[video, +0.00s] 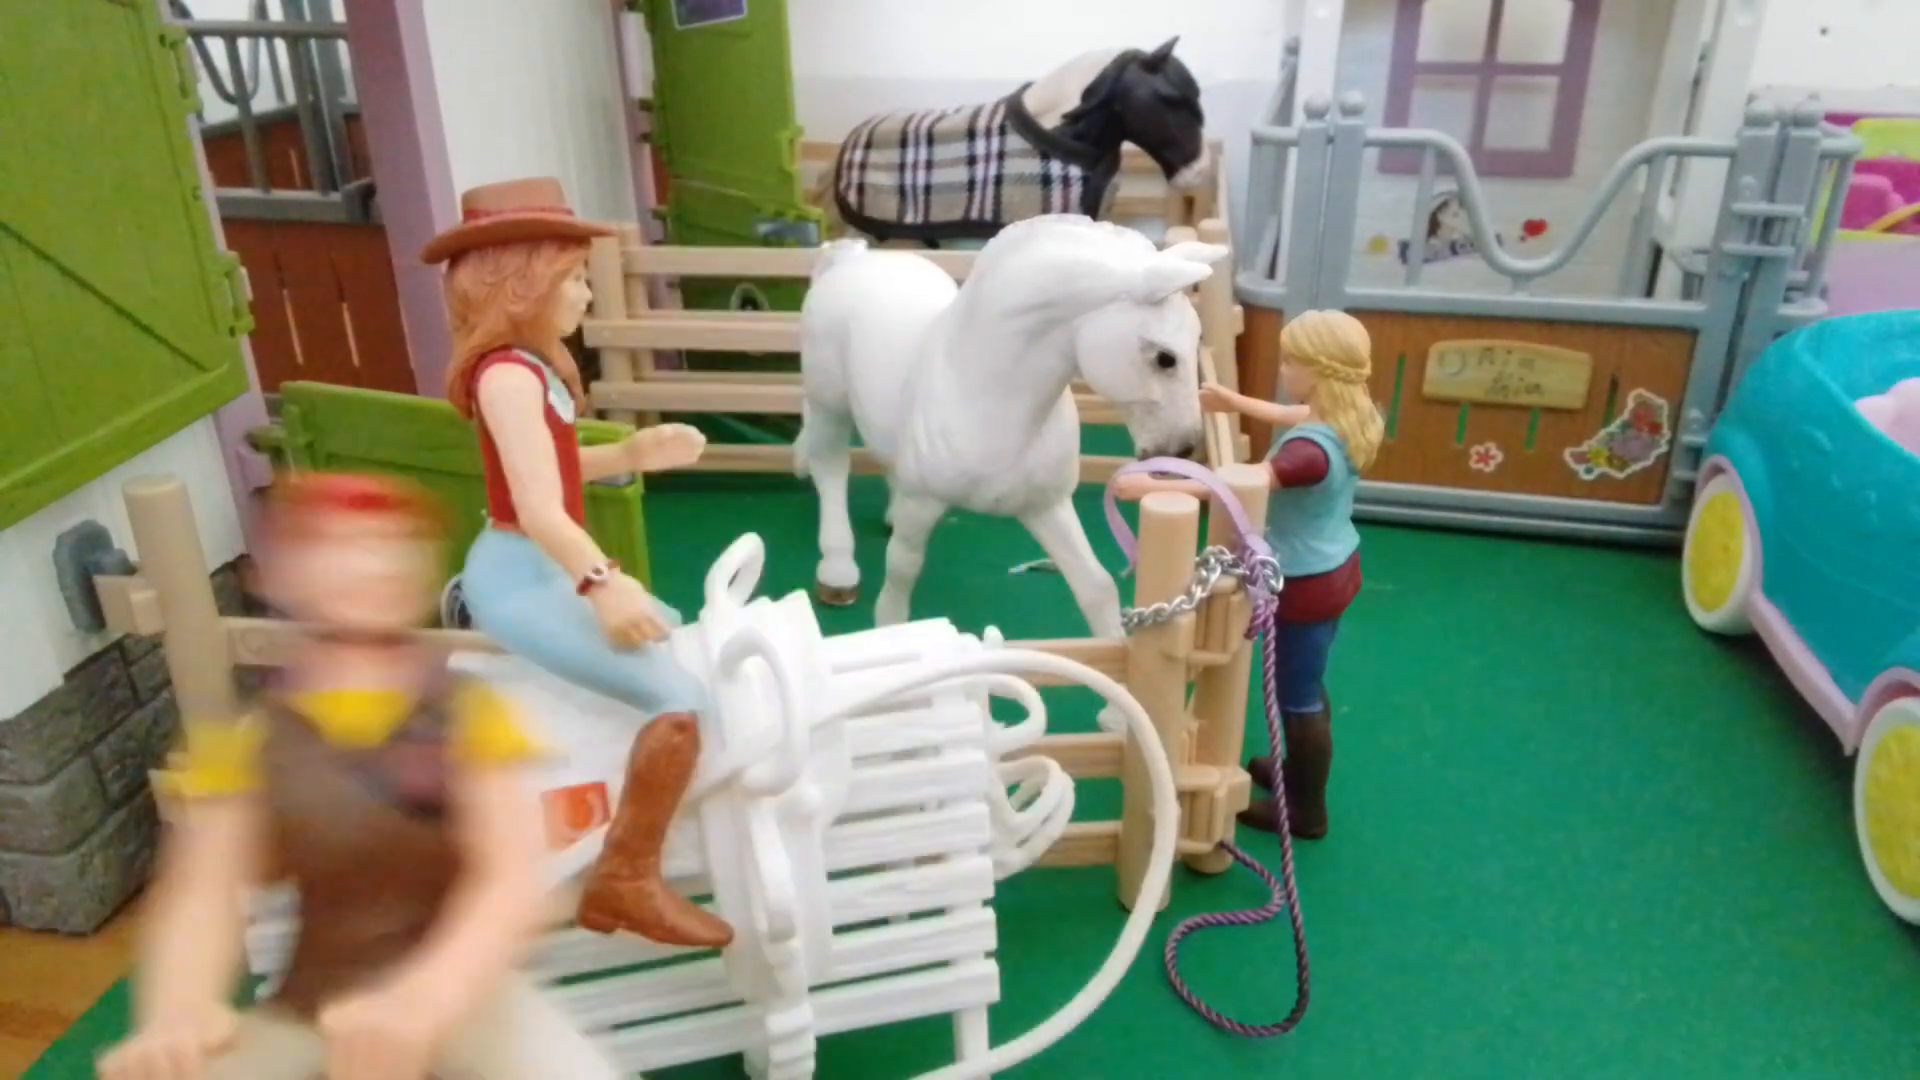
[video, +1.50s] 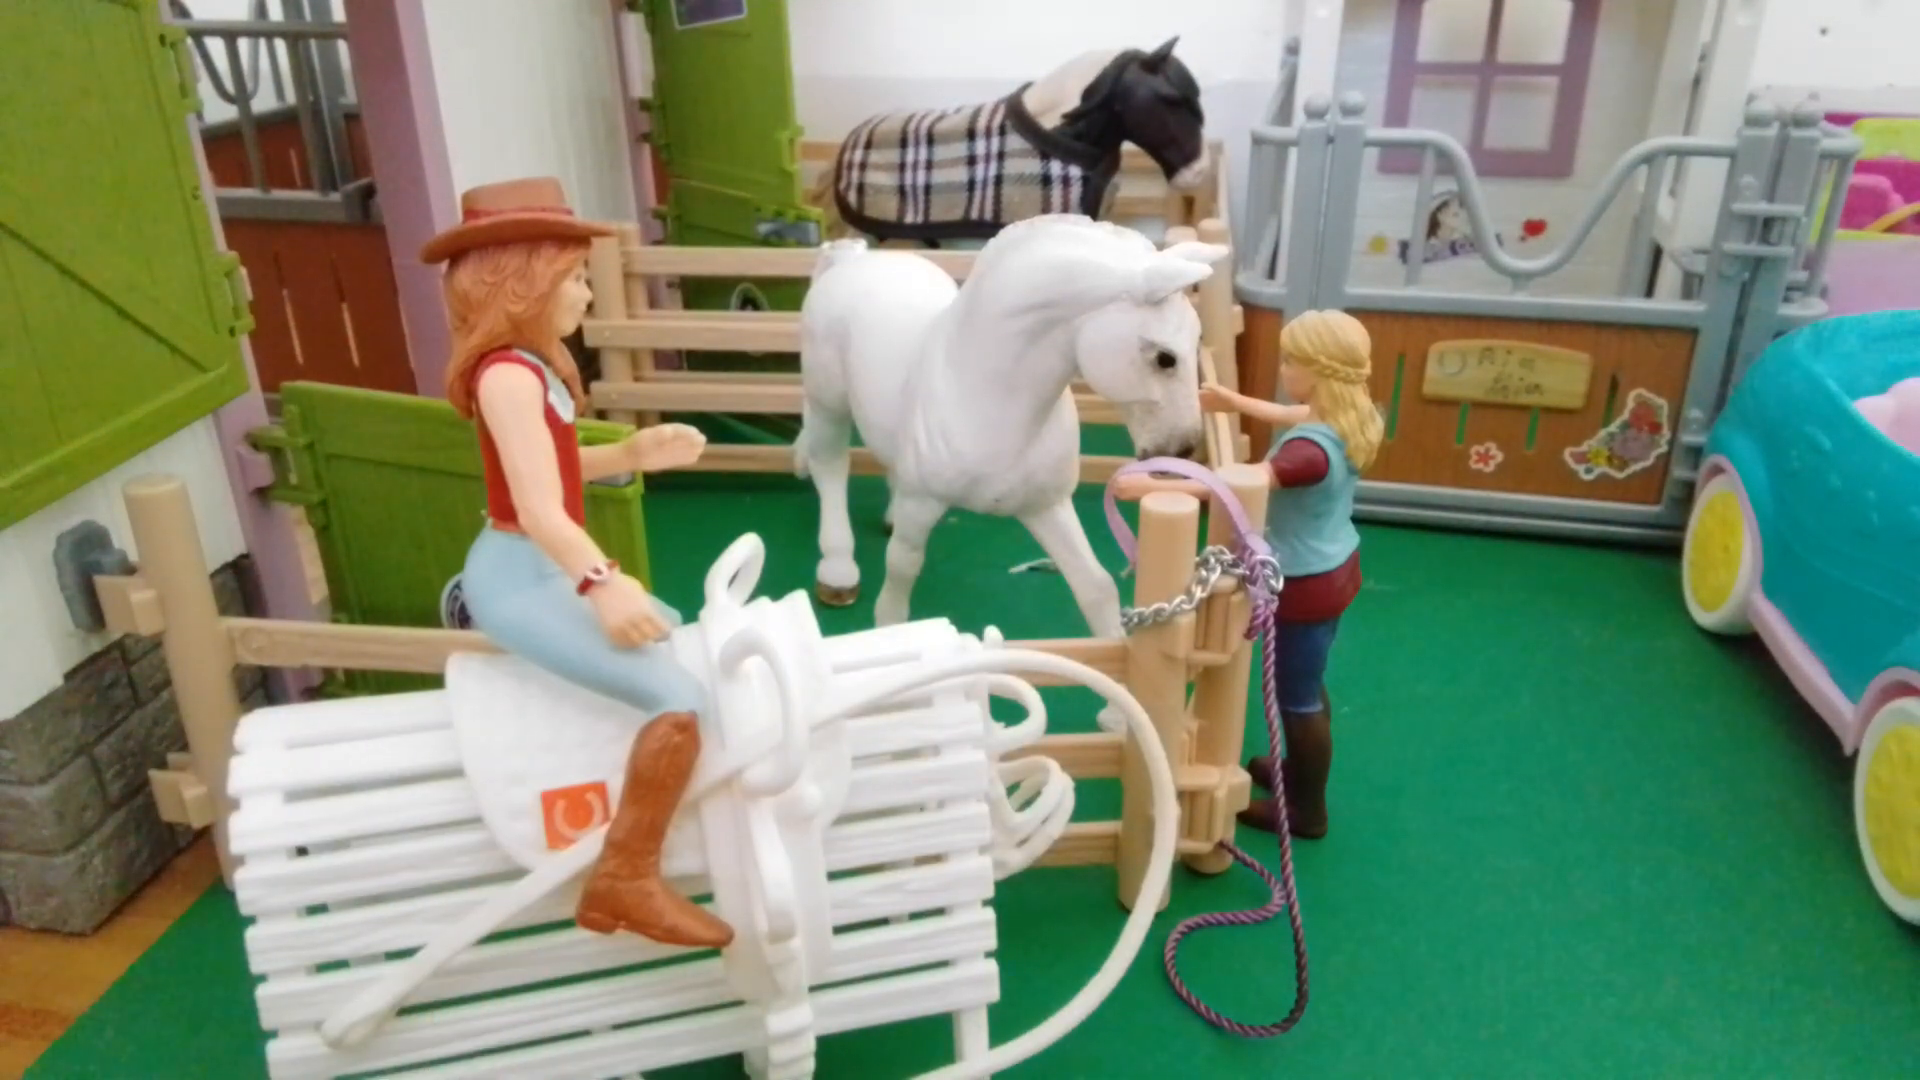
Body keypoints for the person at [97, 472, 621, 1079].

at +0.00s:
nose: (370, 569)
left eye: (389, 546)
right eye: (339, 548)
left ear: (419, 565)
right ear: (280, 572)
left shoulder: (471, 716)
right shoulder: (247, 740)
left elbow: (512, 881)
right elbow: (203, 893)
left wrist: (415, 1006)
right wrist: (181, 1012)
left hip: (465, 988)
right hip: (311, 1006)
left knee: (575, 1067)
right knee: (191, 1064)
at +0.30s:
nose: (462, 395)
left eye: (483, 374)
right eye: (437, 392)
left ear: (540, 403)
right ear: (424, 440)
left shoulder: (601, 487)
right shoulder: (441, 574)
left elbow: (628, 627)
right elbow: (404, 748)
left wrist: (461, 689)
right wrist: (309, 786)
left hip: (624, 741)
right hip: (517, 799)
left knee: (784, 862)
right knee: (356, 1021)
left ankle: (937, 1059)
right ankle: (310, 1068)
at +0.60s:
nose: (588, 293)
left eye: (585, 277)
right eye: (576, 278)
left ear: (533, 288)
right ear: (527, 285)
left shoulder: (539, 368)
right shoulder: (509, 377)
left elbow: (554, 468)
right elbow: (537, 512)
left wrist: (635, 454)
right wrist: (605, 584)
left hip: (551, 563)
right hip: (516, 577)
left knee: (703, 658)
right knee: (681, 696)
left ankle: (635, 873)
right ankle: (624, 879)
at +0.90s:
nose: (586, 292)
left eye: (583, 276)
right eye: (574, 277)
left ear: (531, 288)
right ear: (525, 285)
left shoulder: (538, 368)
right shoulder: (507, 377)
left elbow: (554, 468)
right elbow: (535, 512)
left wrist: (635, 453)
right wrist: (603, 584)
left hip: (550, 563)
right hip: (514, 578)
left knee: (700, 658)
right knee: (680, 695)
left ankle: (637, 871)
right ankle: (624, 877)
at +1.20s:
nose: (587, 293)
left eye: (584, 277)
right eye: (575, 278)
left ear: (532, 288)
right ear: (527, 285)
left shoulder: (537, 369)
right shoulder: (509, 377)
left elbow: (553, 469)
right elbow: (536, 513)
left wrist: (634, 454)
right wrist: (604, 583)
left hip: (551, 564)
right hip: (515, 577)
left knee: (705, 656)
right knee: (682, 695)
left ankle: (637, 873)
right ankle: (624, 879)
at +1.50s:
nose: (587, 293)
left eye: (584, 277)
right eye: (575, 278)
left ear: (531, 288)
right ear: (527, 286)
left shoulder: (538, 369)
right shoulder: (509, 377)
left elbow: (553, 469)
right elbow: (536, 512)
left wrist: (634, 454)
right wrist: (604, 583)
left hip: (551, 563)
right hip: (515, 576)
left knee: (705, 656)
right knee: (681, 694)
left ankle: (636, 871)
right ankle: (625, 879)